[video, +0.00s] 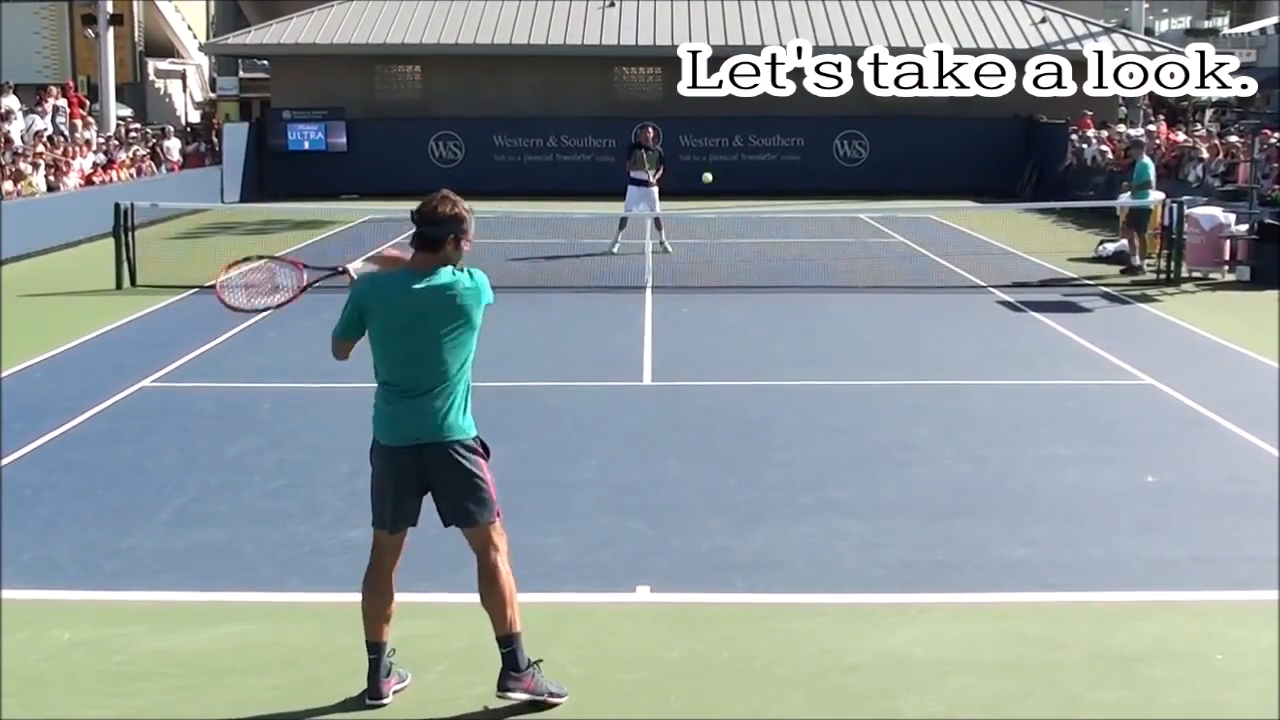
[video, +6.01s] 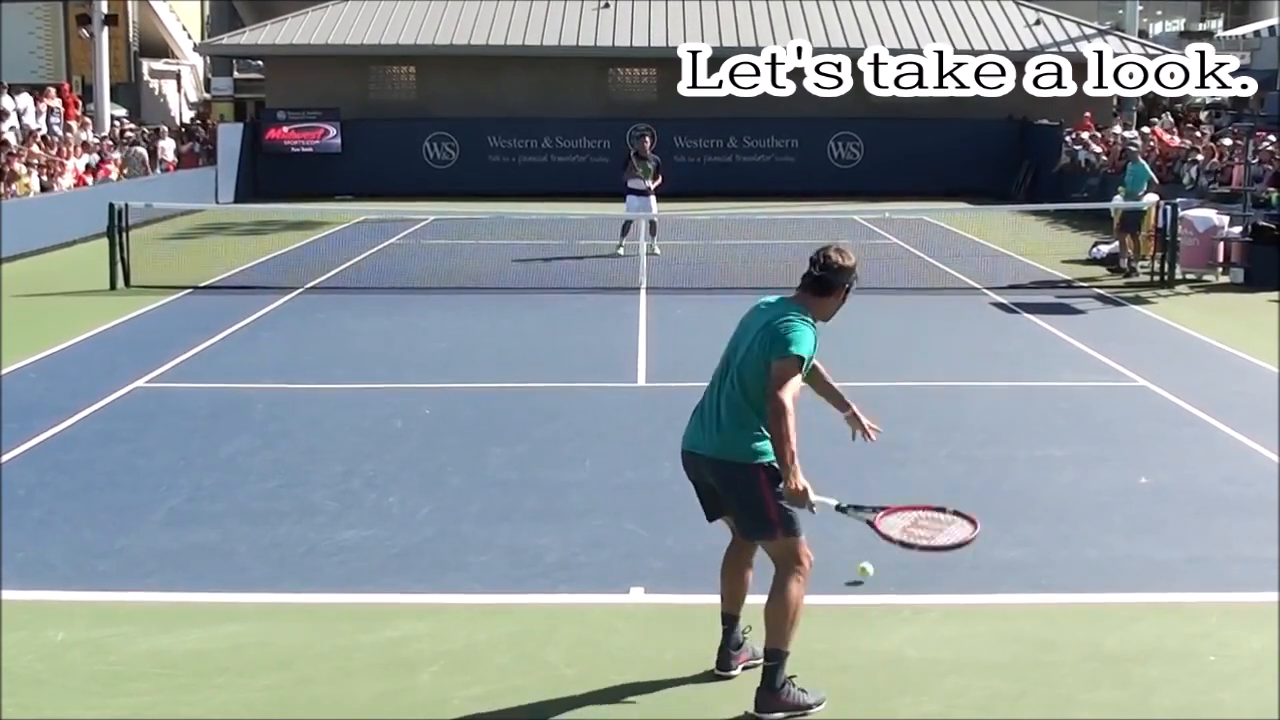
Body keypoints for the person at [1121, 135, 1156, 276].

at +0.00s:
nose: (1131, 153)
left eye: (1133, 149)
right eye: (1131, 150)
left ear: (1140, 149)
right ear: (1136, 150)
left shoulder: (1145, 164)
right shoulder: (1139, 163)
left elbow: (1149, 184)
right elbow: (1141, 182)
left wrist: (1132, 187)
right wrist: (1130, 186)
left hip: (1143, 204)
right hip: (1137, 203)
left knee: (1141, 233)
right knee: (1129, 231)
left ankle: (1140, 263)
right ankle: (1134, 262)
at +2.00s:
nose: (1128, 150)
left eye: (1130, 148)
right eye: (1128, 148)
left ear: (1137, 149)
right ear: (1129, 149)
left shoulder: (1144, 161)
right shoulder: (1130, 161)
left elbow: (1156, 177)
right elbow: (1130, 177)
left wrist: (1146, 189)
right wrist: (1126, 186)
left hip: (1139, 200)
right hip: (1128, 199)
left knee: (1136, 231)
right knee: (1123, 230)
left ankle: (1137, 262)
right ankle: (1124, 260)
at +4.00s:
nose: (1134, 153)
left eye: (1137, 150)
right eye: (1132, 150)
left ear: (1142, 150)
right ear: (1131, 151)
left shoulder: (1147, 163)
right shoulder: (1135, 164)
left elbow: (1158, 180)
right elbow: (1135, 181)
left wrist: (1147, 192)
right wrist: (1128, 189)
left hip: (1142, 204)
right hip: (1131, 203)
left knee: (1139, 234)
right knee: (1124, 232)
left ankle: (1138, 264)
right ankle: (1124, 262)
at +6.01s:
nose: (1128, 154)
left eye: (1131, 151)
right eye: (1127, 151)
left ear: (1137, 152)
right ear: (1127, 153)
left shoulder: (1143, 165)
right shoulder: (1129, 165)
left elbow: (1155, 182)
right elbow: (1128, 182)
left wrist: (1143, 194)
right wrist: (1124, 190)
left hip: (1138, 204)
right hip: (1127, 202)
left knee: (1134, 235)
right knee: (1121, 233)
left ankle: (1135, 265)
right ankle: (1124, 264)